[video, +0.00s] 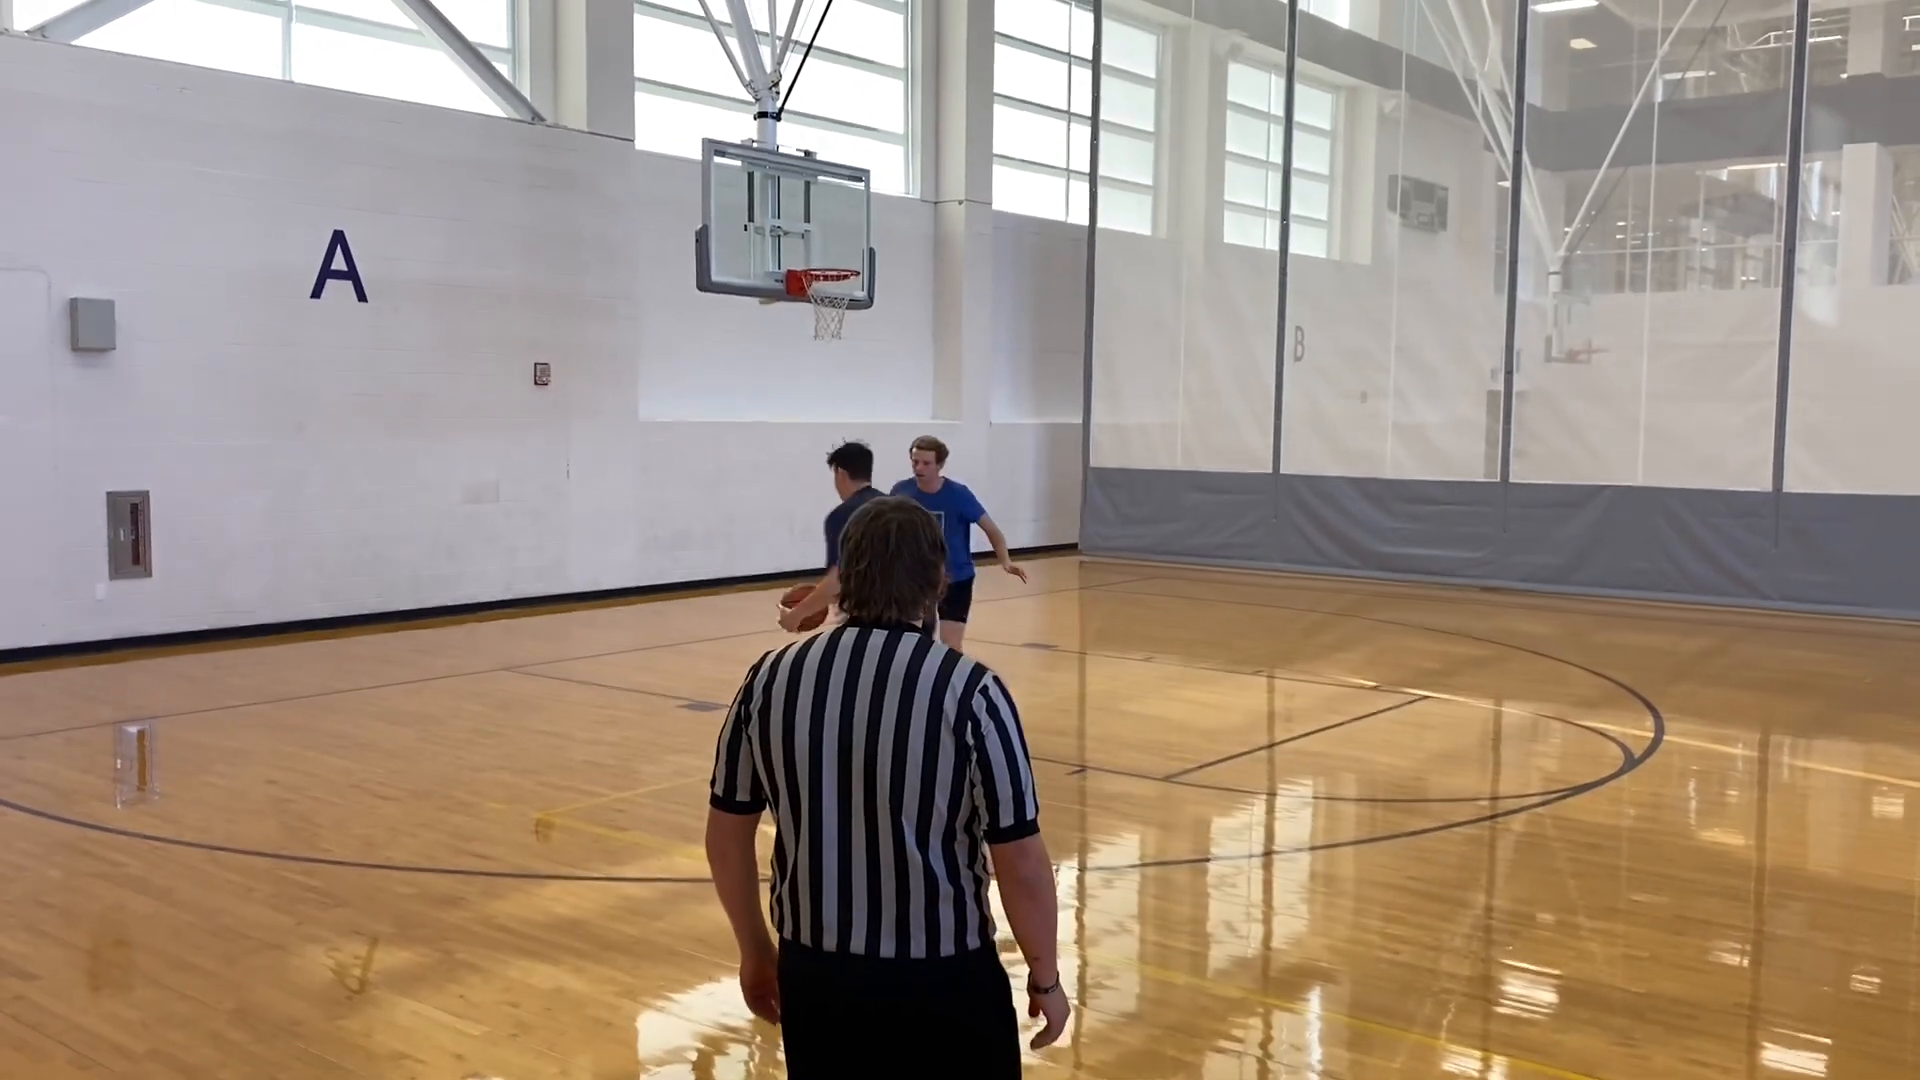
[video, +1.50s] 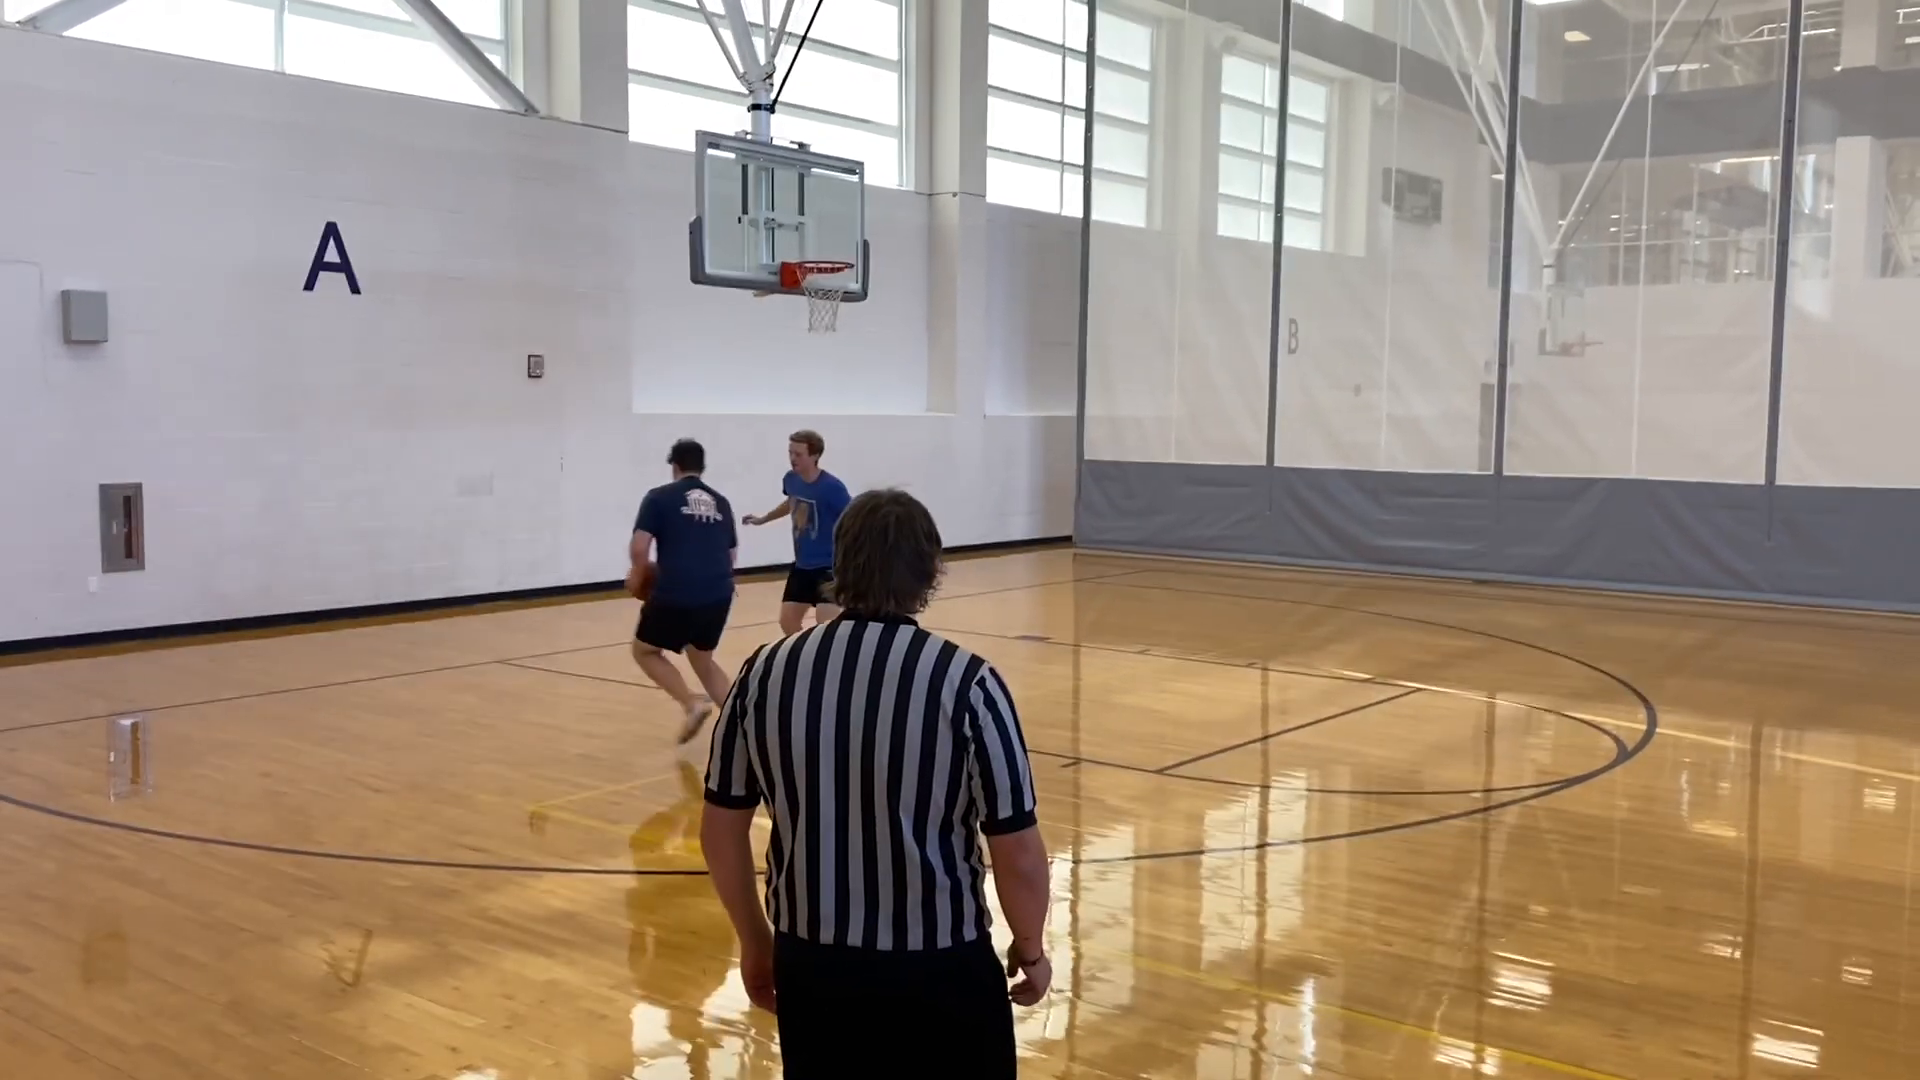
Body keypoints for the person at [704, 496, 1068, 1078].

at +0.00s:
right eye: (943, 573)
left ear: (844, 577)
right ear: (937, 584)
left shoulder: (771, 677)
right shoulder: (972, 690)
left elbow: (727, 834)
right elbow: (1021, 861)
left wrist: (755, 949)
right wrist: (1045, 976)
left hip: (816, 981)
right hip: (949, 986)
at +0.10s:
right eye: (943, 568)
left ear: (842, 573)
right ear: (937, 579)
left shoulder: (771, 675)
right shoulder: (971, 687)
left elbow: (727, 831)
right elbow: (1020, 854)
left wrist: (757, 945)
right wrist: (1045, 973)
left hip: (817, 981)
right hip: (950, 984)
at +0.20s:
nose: (947, 581)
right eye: (942, 569)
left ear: (844, 571)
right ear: (934, 579)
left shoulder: (770, 673)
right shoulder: (969, 686)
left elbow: (725, 830)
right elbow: (1019, 856)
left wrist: (756, 944)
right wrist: (1042, 971)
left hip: (815, 981)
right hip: (947, 985)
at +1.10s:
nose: (939, 573)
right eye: (935, 561)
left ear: (841, 564)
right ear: (929, 572)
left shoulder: (768, 671)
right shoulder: (969, 682)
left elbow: (724, 826)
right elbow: (1019, 851)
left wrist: (757, 940)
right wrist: (1037, 953)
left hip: (815, 974)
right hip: (948, 977)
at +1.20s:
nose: (938, 573)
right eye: (934, 560)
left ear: (841, 566)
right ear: (929, 572)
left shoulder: (768, 670)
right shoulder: (967, 681)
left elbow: (723, 826)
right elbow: (1017, 849)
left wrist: (755, 939)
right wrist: (1035, 950)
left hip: (814, 976)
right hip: (945, 978)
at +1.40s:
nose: (938, 570)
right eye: (934, 558)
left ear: (841, 566)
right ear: (928, 569)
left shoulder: (765, 670)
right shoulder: (968, 682)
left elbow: (721, 829)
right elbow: (1018, 853)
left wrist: (754, 939)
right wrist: (1032, 949)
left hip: (812, 974)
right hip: (945, 976)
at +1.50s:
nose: (940, 571)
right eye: (936, 558)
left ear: (841, 565)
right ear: (929, 570)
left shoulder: (764, 671)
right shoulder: (968, 682)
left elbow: (721, 830)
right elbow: (1018, 854)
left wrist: (754, 939)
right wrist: (1030, 946)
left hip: (812, 973)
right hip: (945, 975)